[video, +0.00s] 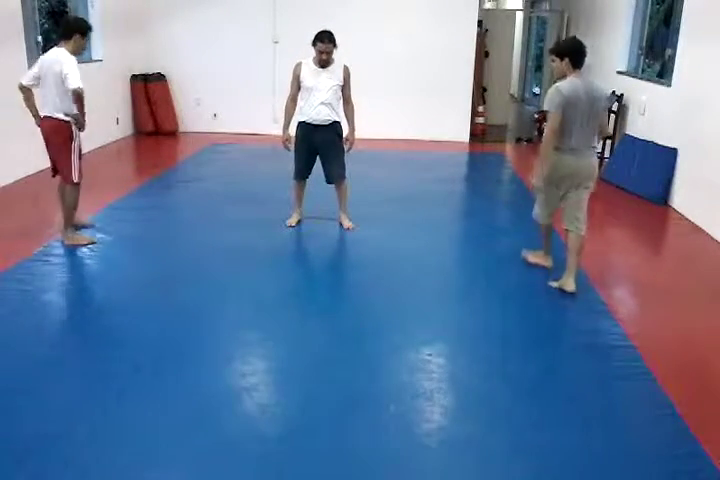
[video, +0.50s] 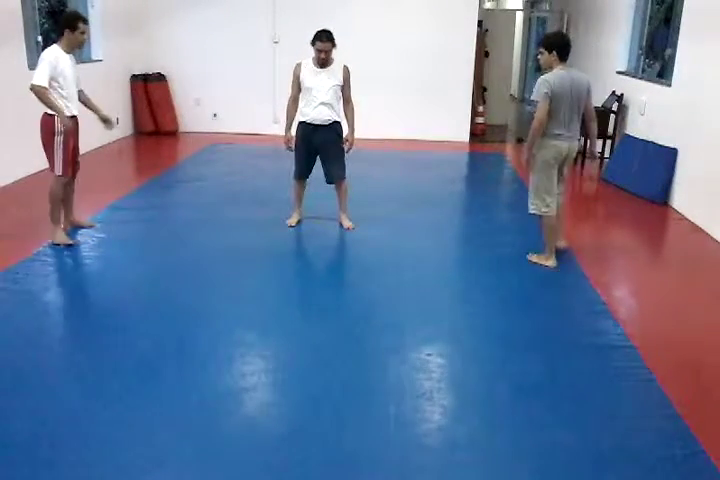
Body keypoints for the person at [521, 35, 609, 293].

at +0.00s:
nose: (552, 66)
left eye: (554, 61)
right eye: (552, 60)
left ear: (566, 61)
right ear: (577, 62)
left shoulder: (559, 91)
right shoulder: (597, 91)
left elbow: (551, 133)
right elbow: (604, 130)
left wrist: (539, 170)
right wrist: (584, 125)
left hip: (560, 157)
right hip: (587, 160)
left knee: (544, 209)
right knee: (577, 222)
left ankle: (545, 254)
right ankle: (570, 278)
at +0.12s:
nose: (545, 67)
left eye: (548, 62)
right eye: (545, 62)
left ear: (559, 63)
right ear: (573, 63)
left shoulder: (553, 91)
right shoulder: (593, 92)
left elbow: (547, 130)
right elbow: (600, 128)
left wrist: (536, 165)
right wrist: (581, 134)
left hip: (557, 157)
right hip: (584, 159)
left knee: (548, 210)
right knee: (573, 218)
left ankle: (548, 253)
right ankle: (570, 270)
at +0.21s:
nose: (543, 66)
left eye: (545, 62)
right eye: (543, 61)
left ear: (556, 63)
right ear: (569, 62)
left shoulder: (551, 90)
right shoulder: (591, 87)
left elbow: (544, 130)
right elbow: (596, 125)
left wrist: (535, 164)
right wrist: (583, 141)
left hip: (555, 153)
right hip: (582, 156)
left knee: (546, 205)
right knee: (573, 209)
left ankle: (548, 254)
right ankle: (571, 258)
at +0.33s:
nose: (541, 63)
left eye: (543, 58)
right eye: (541, 58)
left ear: (555, 58)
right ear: (566, 58)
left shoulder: (548, 86)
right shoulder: (588, 84)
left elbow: (541, 126)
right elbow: (592, 123)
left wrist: (533, 159)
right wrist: (587, 153)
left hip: (551, 149)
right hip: (576, 151)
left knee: (545, 201)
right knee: (568, 200)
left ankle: (548, 254)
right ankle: (568, 242)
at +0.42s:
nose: (540, 60)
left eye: (543, 55)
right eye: (540, 55)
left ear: (554, 56)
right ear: (566, 55)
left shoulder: (548, 83)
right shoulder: (586, 82)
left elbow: (541, 121)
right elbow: (590, 119)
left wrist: (532, 153)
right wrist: (589, 150)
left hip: (550, 145)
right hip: (573, 146)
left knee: (545, 200)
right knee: (563, 194)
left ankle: (549, 254)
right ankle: (563, 236)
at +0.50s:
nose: (539, 58)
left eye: (541, 53)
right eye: (539, 53)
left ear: (553, 55)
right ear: (563, 55)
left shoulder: (547, 81)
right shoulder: (582, 80)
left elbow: (540, 120)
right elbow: (590, 117)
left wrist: (528, 148)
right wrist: (593, 147)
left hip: (550, 143)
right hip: (570, 144)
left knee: (546, 199)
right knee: (558, 192)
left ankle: (549, 253)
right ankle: (559, 237)